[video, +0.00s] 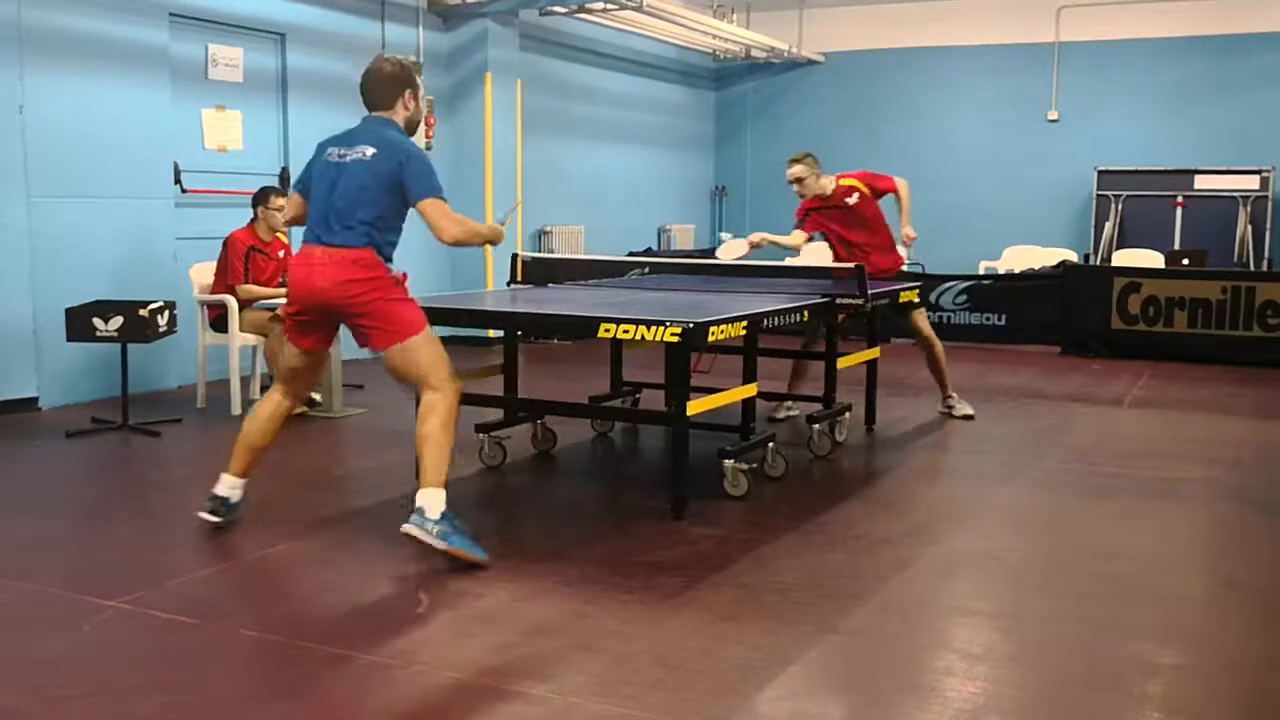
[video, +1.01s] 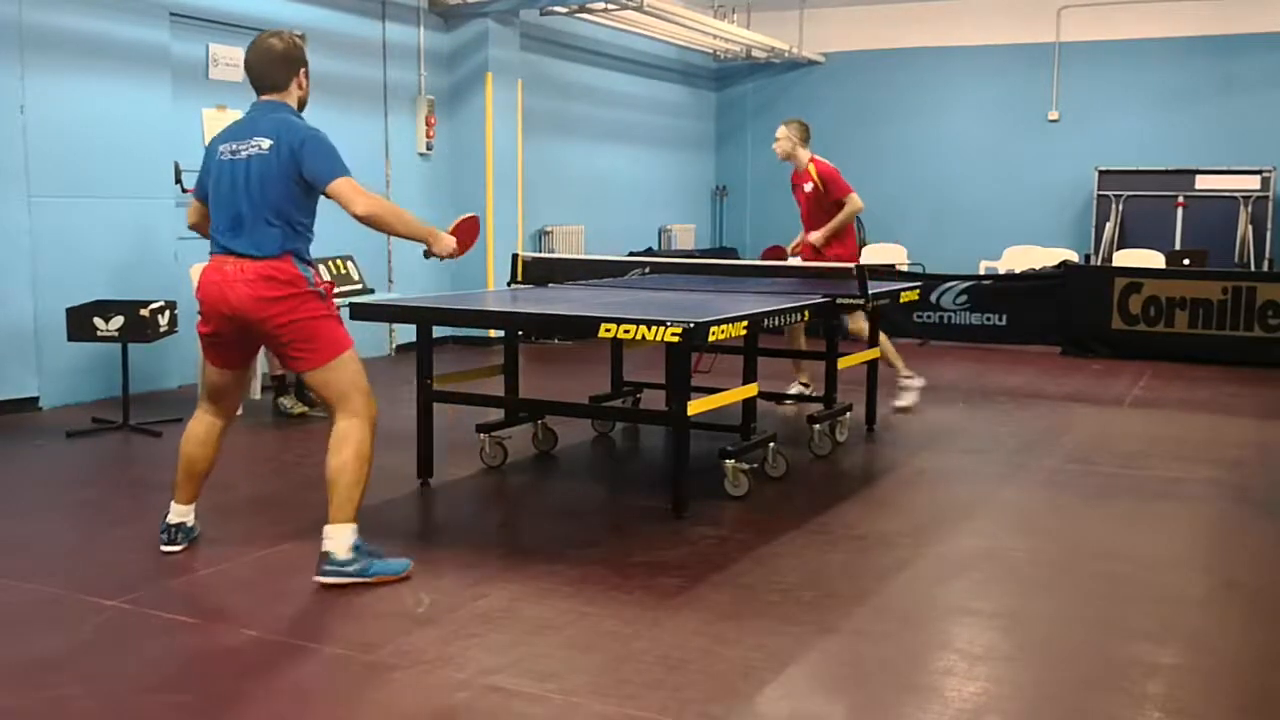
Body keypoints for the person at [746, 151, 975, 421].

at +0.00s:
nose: (796, 189)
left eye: (799, 181)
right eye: (792, 184)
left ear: (818, 175)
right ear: (796, 184)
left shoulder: (855, 182)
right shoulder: (810, 210)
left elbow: (900, 185)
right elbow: (797, 241)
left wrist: (905, 226)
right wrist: (767, 238)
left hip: (892, 275)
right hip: (850, 282)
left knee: (926, 333)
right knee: (814, 338)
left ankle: (949, 397)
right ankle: (789, 399)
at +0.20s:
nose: (782, 187)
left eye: (787, 179)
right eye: (778, 181)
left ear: (805, 175)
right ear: (778, 182)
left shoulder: (835, 186)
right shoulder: (784, 212)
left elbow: (875, 195)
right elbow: (767, 251)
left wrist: (871, 237)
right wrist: (754, 237)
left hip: (866, 276)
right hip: (823, 284)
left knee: (903, 331)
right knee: (800, 338)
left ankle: (925, 390)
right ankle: (788, 400)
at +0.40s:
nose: (804, 167)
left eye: (810, 160)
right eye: (800, 161)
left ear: (827, 159)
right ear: (798, 163)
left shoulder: (852, 185)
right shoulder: (798, 197)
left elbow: (891, 212)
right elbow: (786, 236)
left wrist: (865, 240)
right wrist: (773, 245)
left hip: (861, 277)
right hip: (818, 279)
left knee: (895, 334)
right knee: (794, 333)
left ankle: (916, 388)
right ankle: (776, 395)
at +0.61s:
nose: (821, 162)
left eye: (827, 155)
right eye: (817, 156)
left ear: (843, 154)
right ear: (815, 159)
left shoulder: (866, 181)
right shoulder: (817, 190)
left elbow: (904, 212)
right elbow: (802, 228)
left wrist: (868, 233)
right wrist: (791, 237)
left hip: (877, 275)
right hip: (834, 275)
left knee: (903, 327)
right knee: (798, 325)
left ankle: (929, 385)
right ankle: (789, 382)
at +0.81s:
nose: (800, 174)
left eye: (805, 169)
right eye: (799, 169)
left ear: (825, 169)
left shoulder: (854, 195)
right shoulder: (816, 204)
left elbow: (889, 230)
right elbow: (826, 240)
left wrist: (857, 262)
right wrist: (817, 269)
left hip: (876, 283)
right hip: (837, 283)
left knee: (902, 339)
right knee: (800, 330)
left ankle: (950, 390)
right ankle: (805, 386)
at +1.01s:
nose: (774, 145)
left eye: (778, 139)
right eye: (774, 139)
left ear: (795, 142)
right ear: (789, 143)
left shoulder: (823, 169)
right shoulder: (797, 177)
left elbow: (855, 204)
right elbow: (814, 218)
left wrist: (823, 233)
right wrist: (799, 242)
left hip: (839, 263)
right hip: (811, 263)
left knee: (857, 325)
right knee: (792, 319)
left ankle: (907, 377)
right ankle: (803, 382)